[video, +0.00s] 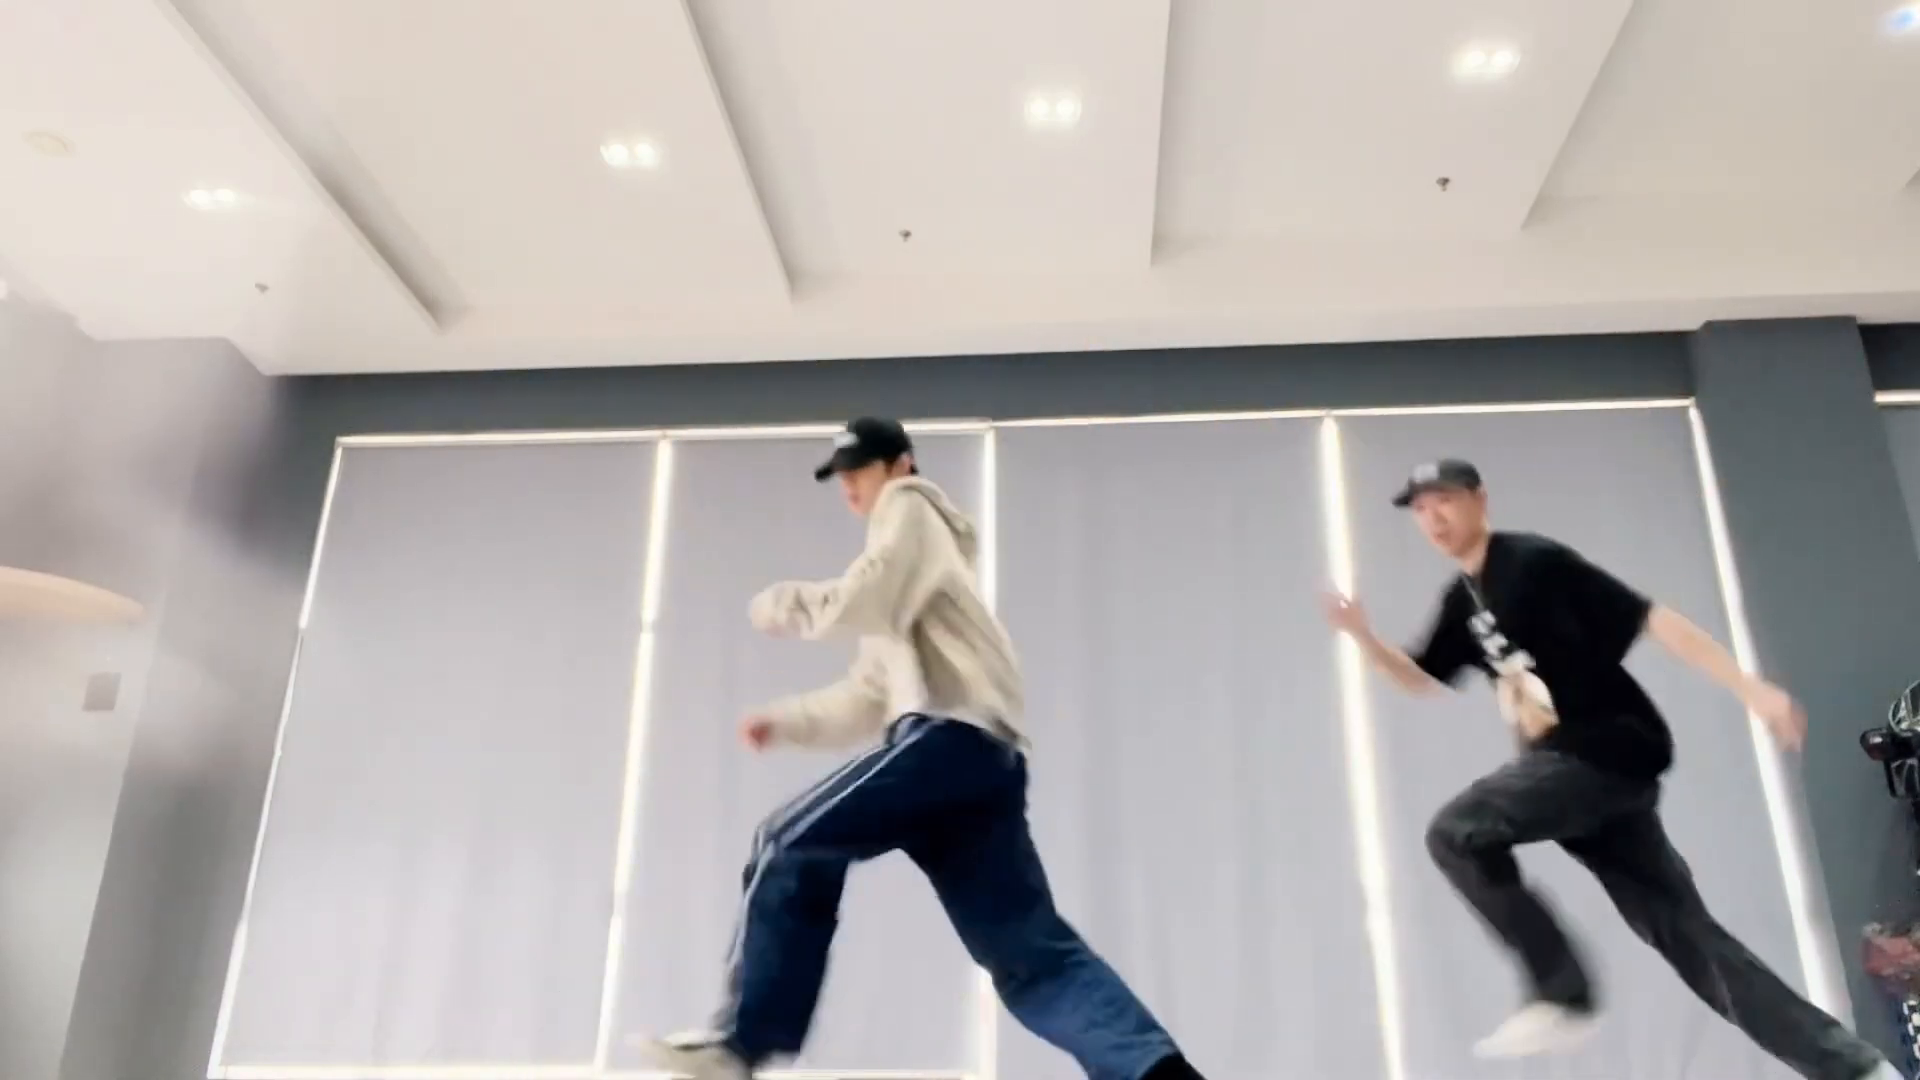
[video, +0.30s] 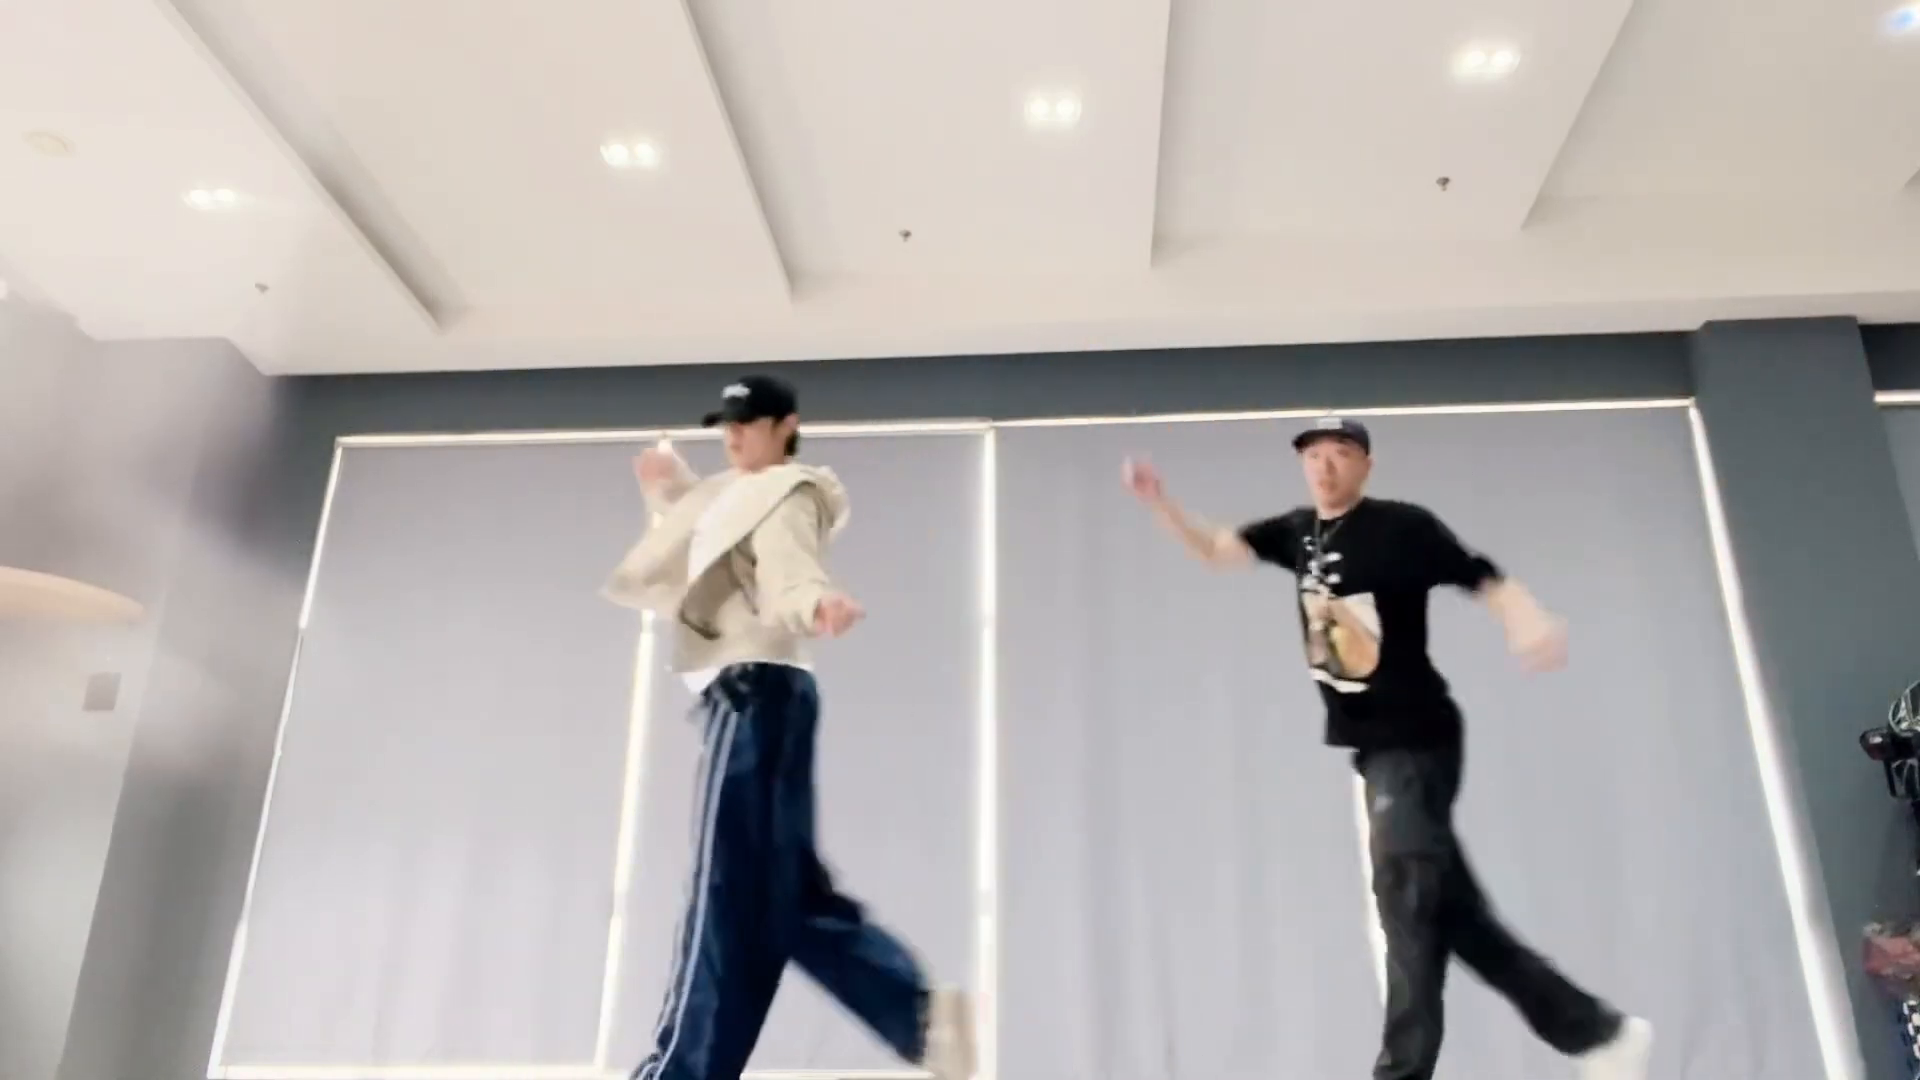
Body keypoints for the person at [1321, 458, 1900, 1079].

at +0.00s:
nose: (1434, 517)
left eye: (1444, 499)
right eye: (1422, 508)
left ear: (1479, 500)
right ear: (1419, 523)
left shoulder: (1538, 564)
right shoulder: (1462, 599)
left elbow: (1654, 622)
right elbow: (1422, 678)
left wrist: (1751, 689)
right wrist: (1361, 634)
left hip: (1611, 756)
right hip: (1573, 771)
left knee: (1458, 833)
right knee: (1687, 937)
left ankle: (1564, 995)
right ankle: (1845, 1062)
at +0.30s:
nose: (1327, 468)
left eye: (1342, 456)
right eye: (1317, 456)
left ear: (1366, 465)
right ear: (1304, 465)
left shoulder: (1402, 527)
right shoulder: (1297, 534)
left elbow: (1487, 584)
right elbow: (1221, 550)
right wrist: (1161, 504)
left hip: (1419, 739)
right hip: (1375, 748)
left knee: (1406, 906)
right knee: (1453, 916)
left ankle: (1404, 1066)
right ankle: (1597, 1033)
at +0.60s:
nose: (1259, 548)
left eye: (1274, 541)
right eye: (1252, 532)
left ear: (1281, 556)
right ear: (1223, 531)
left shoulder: (1294, 612)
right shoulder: (1175, 593)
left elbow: (1376, 634)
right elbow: (1084, 606)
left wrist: (1374, 544)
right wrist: (1121, 532)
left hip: (1265, 812)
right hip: (1192, 799)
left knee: (1292, 945)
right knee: (1097, 854)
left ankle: (1384, 1075)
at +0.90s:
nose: (1174, 593)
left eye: (1187, 587)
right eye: (1168, 576)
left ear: (1191, 599)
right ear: (1135, 567)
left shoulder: (1148, 683)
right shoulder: (1056, 594)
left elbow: (1119, 785)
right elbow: (974, 653)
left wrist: (1144, 872)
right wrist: (904, 712)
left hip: (1063, 811)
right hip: (986, 784)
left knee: (1105, 941)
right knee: (963, 901)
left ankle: (1158, 1068)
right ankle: (979, 1064)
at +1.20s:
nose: (1032, 584)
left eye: (1044, 577)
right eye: (1024, 569)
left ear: (1050, 591)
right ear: (998, 569)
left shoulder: (1036, 655)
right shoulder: (934, 607)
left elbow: (1030, 672)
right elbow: (872, 665)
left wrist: (1063, 615)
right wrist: (835, 737)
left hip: (956, 824)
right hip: (890, 799)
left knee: (895, 948)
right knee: (907, 932)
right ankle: (967, 1067)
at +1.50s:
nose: (921, 580)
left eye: (934, 573)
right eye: (910, 570)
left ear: (950, 588)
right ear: (890, 584)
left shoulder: (982, 674)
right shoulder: (860, 656)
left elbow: (991, 765)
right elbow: (822, 728)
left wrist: (913, 811)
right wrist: (815, 756)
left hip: (931, 851)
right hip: (854, 832)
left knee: (927, 978)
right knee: (812, 945)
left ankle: (837, 1004)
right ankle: (741, 1073)